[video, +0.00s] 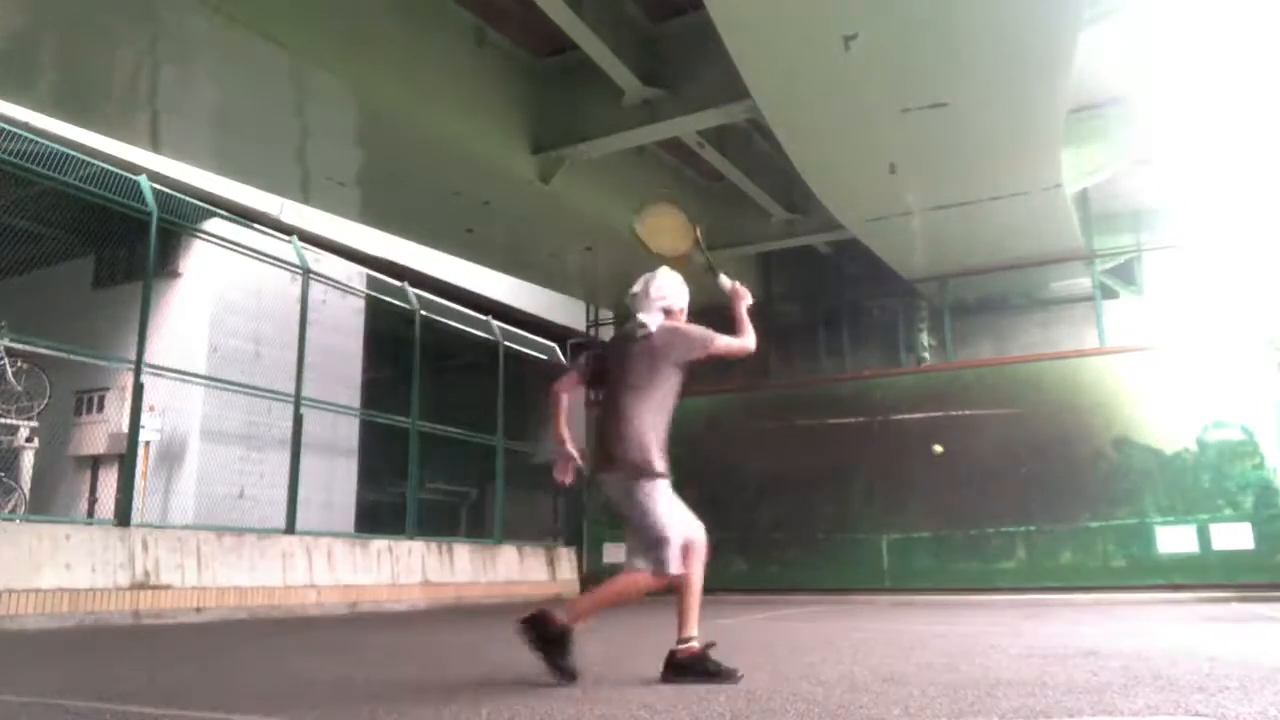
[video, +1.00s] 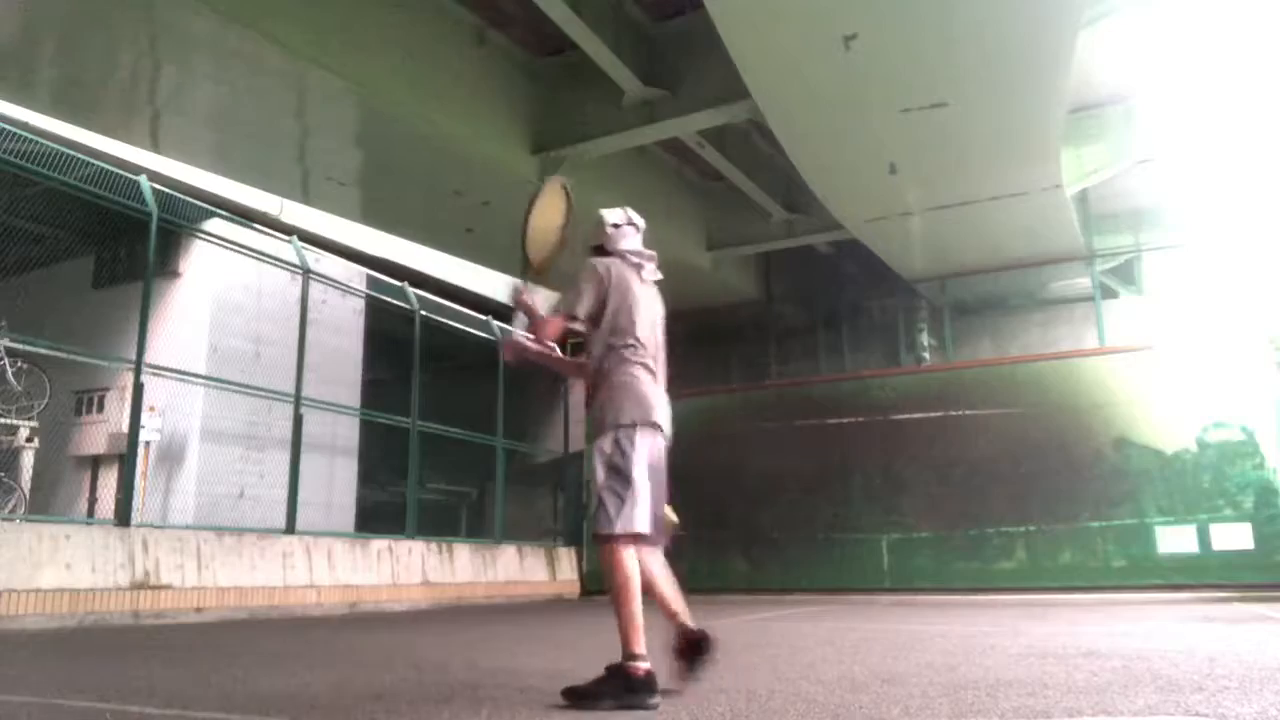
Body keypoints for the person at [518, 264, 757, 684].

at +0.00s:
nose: (686, 315)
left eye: (685, 309)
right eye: (684, 309)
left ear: (642, 307)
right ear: (674, 309)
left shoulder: (613, 348)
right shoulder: (675, 337)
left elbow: (561, 388)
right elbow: (746, 345)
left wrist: (565, 446)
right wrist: (742, 306)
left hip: (616, 470)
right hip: (642, 470)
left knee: (694, 540)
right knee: (663, 568)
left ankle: (687, 648)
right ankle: (555, 622)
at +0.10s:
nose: (694, 299)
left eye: (692, 293)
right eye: (692, 293)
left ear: (651, 293)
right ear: (683, 293)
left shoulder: (630, 335)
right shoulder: (686, 322)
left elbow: (583, 385)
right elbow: (757, 344)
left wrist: (594, 446)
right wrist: (747, 308)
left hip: (632, 452)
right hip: (661, 450)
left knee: (694, 550)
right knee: (693, 551)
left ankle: (687, 648)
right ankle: (604, 622)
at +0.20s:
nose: (698, 282)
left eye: (694, 276)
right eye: (697, 275)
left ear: (653, 275)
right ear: (690, 276)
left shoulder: (632, 317)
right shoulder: (698, 307)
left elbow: (603, 375)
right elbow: (758, 355)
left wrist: (625, 414)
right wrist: (754, 324)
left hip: (637, 438)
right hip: (676, 434)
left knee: (681, 542)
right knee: (707, 537)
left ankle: (688, 644)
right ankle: (657, 632)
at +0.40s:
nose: (706, 274)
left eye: (697, 267)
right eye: (706, 268)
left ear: (663, 265)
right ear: (700, 268)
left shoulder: (636, 312)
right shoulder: (712, 304)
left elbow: (616, 385)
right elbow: (749, 378)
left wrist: (650, 390)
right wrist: (742, 388)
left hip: (643, 436)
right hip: (689, 433)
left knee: (678, 543)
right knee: (714, 544)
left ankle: (683, 646)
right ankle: (724, 657)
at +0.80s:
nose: (647, 241)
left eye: (642, 239)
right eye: (661, 236)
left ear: (639, 246)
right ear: (678, 245)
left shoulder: (626, 283)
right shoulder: (699, 295)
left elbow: (598, 358)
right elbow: (700, 363)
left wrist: (613, 394)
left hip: (644, 422)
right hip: (699, 421)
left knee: (621, 541)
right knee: (712, 541)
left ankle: (634, 660)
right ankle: (725, 662)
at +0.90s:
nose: (621, 248)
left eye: (621, 241)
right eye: (635, 239)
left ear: (623, 243)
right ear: (661, 245)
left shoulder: (617, 277)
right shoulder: (676, 290)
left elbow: (581, 350)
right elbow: (662, 365)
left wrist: (564, 337)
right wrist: (599, 375)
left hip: (638, 421)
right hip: (683, 424)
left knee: (616, 539)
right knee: (692, 543)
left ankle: (634, 668)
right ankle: (723, 661)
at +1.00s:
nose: (594, 251)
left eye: (596, 243)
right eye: (601, 244)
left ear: (602, 241)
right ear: (637, 244)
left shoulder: (603, 267)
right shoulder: (649, 287)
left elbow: (553, 330)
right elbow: (605, 368)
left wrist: (534, 310)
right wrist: (541, 353)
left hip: (624, 417)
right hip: (654, 419)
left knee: (617, 539)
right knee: (643, 543)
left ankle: (635, 668)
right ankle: (687, 630)